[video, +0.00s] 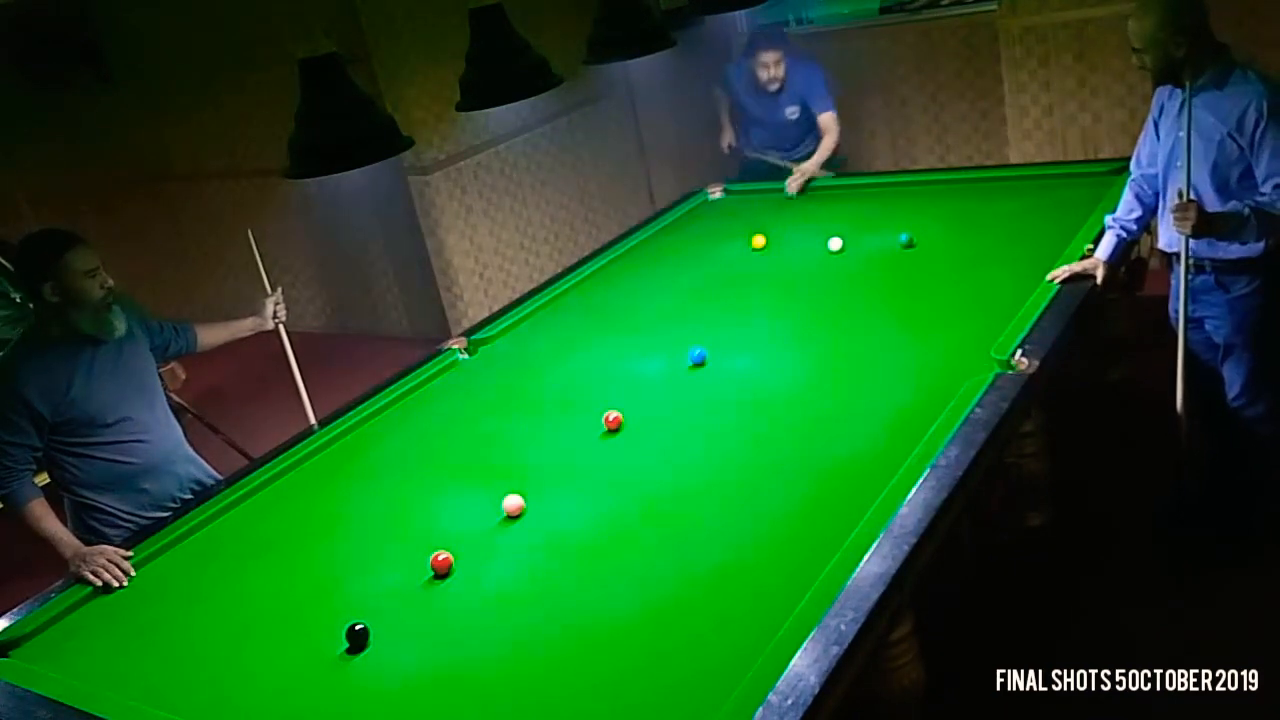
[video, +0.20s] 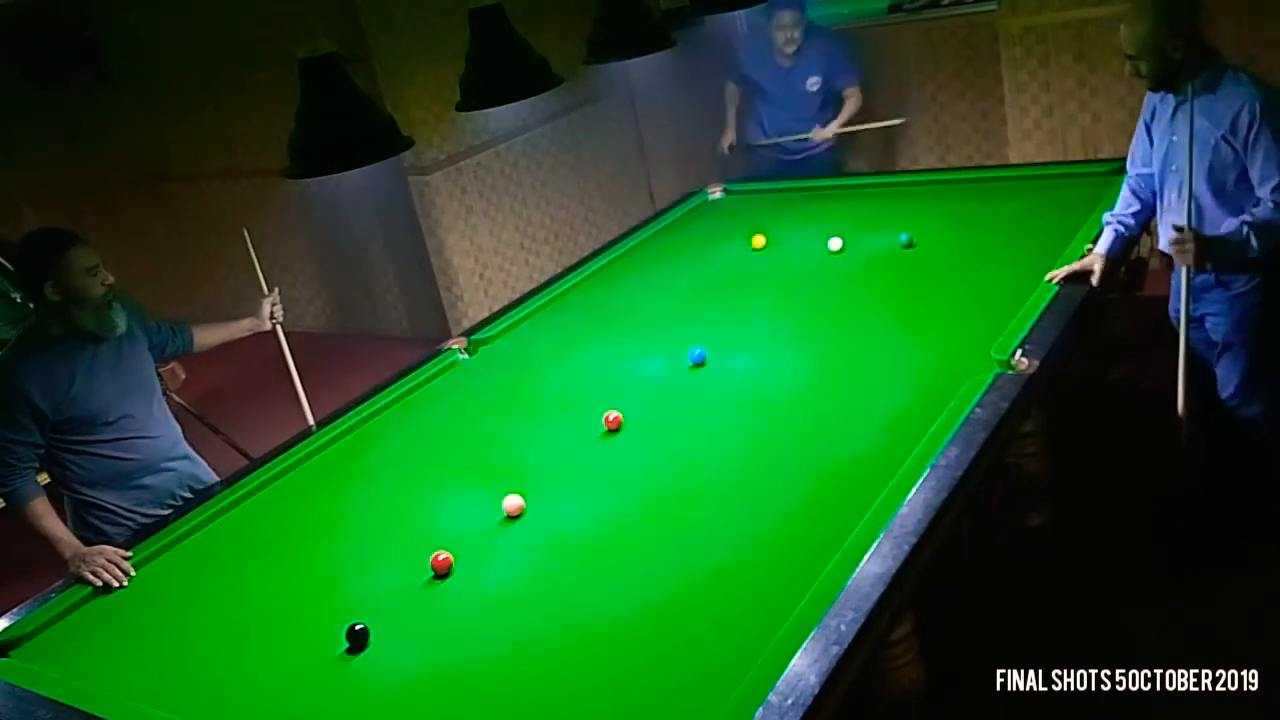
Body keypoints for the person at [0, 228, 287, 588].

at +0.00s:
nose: (108, 282)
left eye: (102, 270)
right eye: (91, 275)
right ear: (52, 292)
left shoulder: (123, 320)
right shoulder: (25, 371)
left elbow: (180, 338)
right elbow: (13, 477)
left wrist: (258, 321)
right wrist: (75, 552)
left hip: (204, 503)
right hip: (129, 543)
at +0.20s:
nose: (109, 279)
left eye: (103, 268)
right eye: (93, 274)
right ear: (54, 292)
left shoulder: (121, 319)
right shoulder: (25, 369)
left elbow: (177, 339)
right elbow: (15, 474)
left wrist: (255, 322)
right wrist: (74, 551)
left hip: (198, 498)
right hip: (127, 537)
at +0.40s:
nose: (113, 274)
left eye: (106, 263)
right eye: (95, 267)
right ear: (58, 286)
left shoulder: (126, 321)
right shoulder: (29, 366)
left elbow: (169, 347)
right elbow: (18, 472)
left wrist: (249, 334)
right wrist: (73, 550)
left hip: (201, 495)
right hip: (130, 533)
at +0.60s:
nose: (121, 264)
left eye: (114, 254)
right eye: (105, 259)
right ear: (69, 276)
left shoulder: (122, 313)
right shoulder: (42, 358)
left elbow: (157, 369)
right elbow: (28, 464)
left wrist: (239, 376)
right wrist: (80, 544)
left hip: (204, 487)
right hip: (143, 525)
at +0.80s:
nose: (140, 252)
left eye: (133, 242)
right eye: (124, 245)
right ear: (89, 264)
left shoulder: (128, 308)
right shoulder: (76, 336)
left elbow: (158, 378)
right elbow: (62, 442)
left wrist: (222, 385)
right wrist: (137, 506)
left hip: (208, 479)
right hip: (172, 502)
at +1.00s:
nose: (163, 239)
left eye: (156, 228)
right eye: (148, 232)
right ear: (117, 249)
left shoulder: (145, 298)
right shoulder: (114, 315)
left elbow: (168, 364)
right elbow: (127, 414)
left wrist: (222, 364)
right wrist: (222, 450)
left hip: (214, 474)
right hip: (185, 488)